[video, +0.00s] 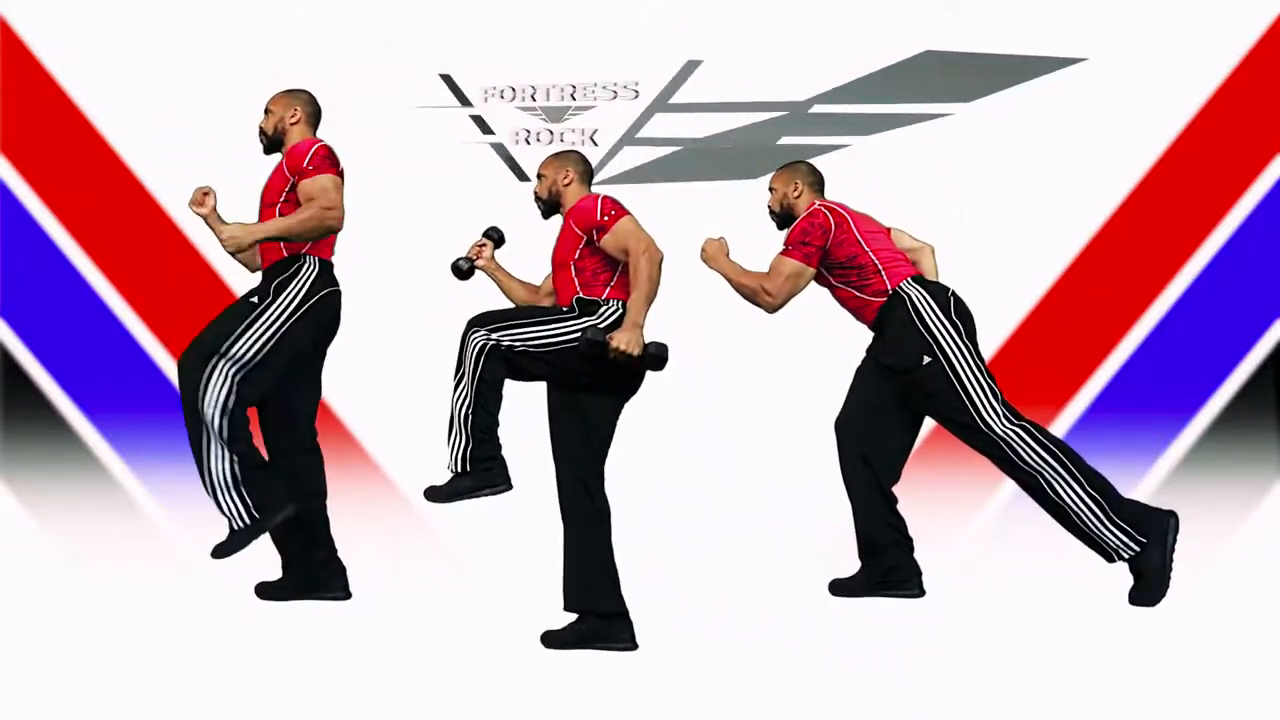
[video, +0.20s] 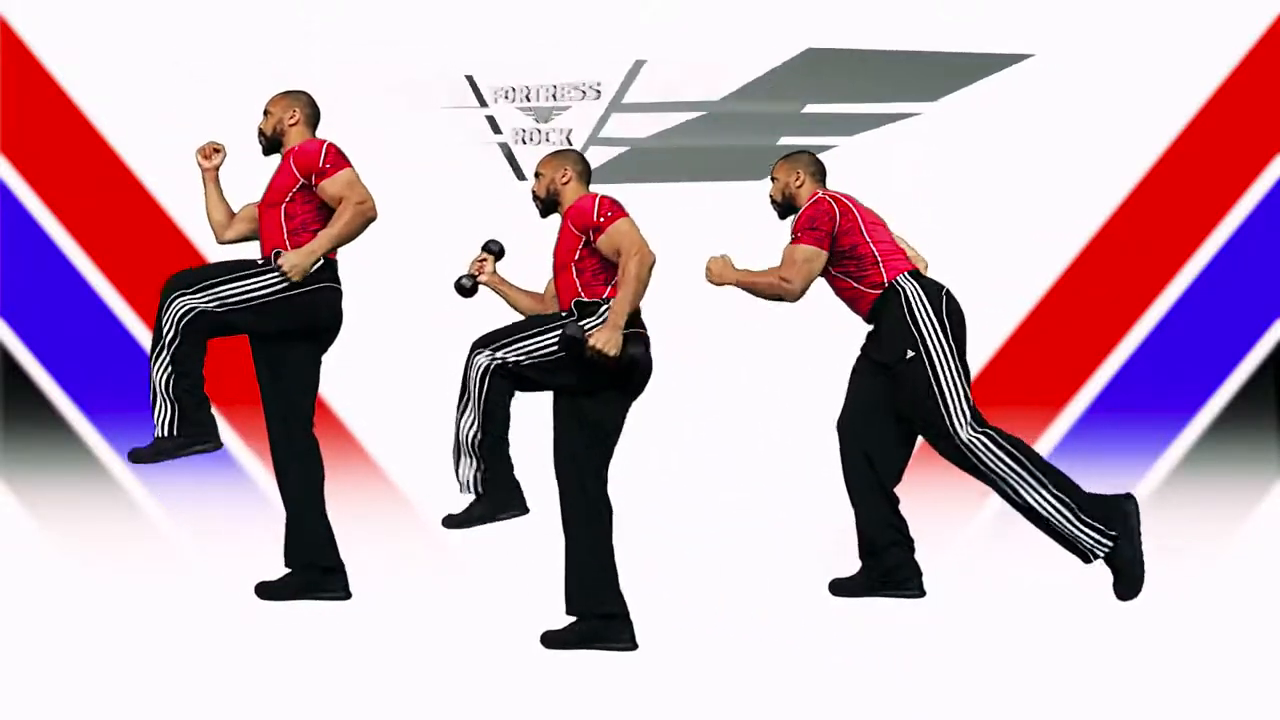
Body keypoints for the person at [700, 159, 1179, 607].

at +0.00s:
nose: (767, 199)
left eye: (774, 190)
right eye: (768, 191)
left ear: (802, 190)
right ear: (807, 193)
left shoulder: (815, 220)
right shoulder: (843, 222)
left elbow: (771, 295)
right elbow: (919, 250)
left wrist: (721, 265)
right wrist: (938, 317)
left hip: (918, 312)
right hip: (901, 327)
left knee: (998, 431)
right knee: (858, 438)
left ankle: (1139, 533)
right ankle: (890, 568)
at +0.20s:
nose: (769, 188)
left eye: (775, 178)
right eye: (769, 181)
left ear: (802, 176)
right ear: (807, 183)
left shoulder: (820, 207)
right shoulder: (846, 212)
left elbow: (790, 283)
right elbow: (915, 263)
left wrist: (731, 276)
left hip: (913, 306)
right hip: (892, 323)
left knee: (960, 434)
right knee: (861, 439)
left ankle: (1104, 527)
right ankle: (890, 568)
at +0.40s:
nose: (784, 166)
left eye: (788, 156)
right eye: (784, 158)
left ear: (811, 154)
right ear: (816, 156)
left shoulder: (842, 183)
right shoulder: (834, 205)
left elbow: (867, 246)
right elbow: (867, 284)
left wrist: (817, 300)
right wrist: (807, 298)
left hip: (910, 291)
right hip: (901, 302)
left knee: (834, 393)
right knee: (880, 430)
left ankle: (916, 504)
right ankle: (889, 568)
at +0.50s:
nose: (793, 158)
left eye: (798, 148)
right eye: (793, 150)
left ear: (822, 144)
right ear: (823, 146)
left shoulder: (851, 172)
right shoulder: (843, 198)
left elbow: (899, 220)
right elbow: (824, 272)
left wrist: (887, 292)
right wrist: (770, 251)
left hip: (901, 288)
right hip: (905, 301)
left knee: (794, 339)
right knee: (883, 440)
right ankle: (892, 569)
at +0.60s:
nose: (799, 152)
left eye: (803, 142)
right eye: (799, 146)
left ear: (828, 138)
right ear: (833, 141)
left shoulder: (857, 164)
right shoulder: (847, 201)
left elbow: (918, 198)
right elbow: (805, 255)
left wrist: (936, 272)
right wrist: (761, 221)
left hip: (897, 273)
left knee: (781, 293)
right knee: (879, 437)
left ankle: (784, 422)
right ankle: (893, 567)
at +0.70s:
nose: (803, 153)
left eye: (807, 143)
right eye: (803, 146)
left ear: (832, 140)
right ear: (834, 143)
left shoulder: (860, 163)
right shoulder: (849, 203)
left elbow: (926, 193)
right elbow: (805, 259)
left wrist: (952, 266)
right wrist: (762, 222)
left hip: (896, 274)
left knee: (775, 277)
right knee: (873, 437)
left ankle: (776, 405)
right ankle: (889, 564)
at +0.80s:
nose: (803, 153)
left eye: (808, 143)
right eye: (803, 146)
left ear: (833, 140)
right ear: (833, 144)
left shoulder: (862, 164)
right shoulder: (850, 202)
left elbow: (924, 197)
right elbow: (809, 260)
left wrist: (947, 270)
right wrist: (763, 225)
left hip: (898, 274)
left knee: (776, 283)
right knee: (874, 433)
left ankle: (778, 414)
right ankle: (889, 573)